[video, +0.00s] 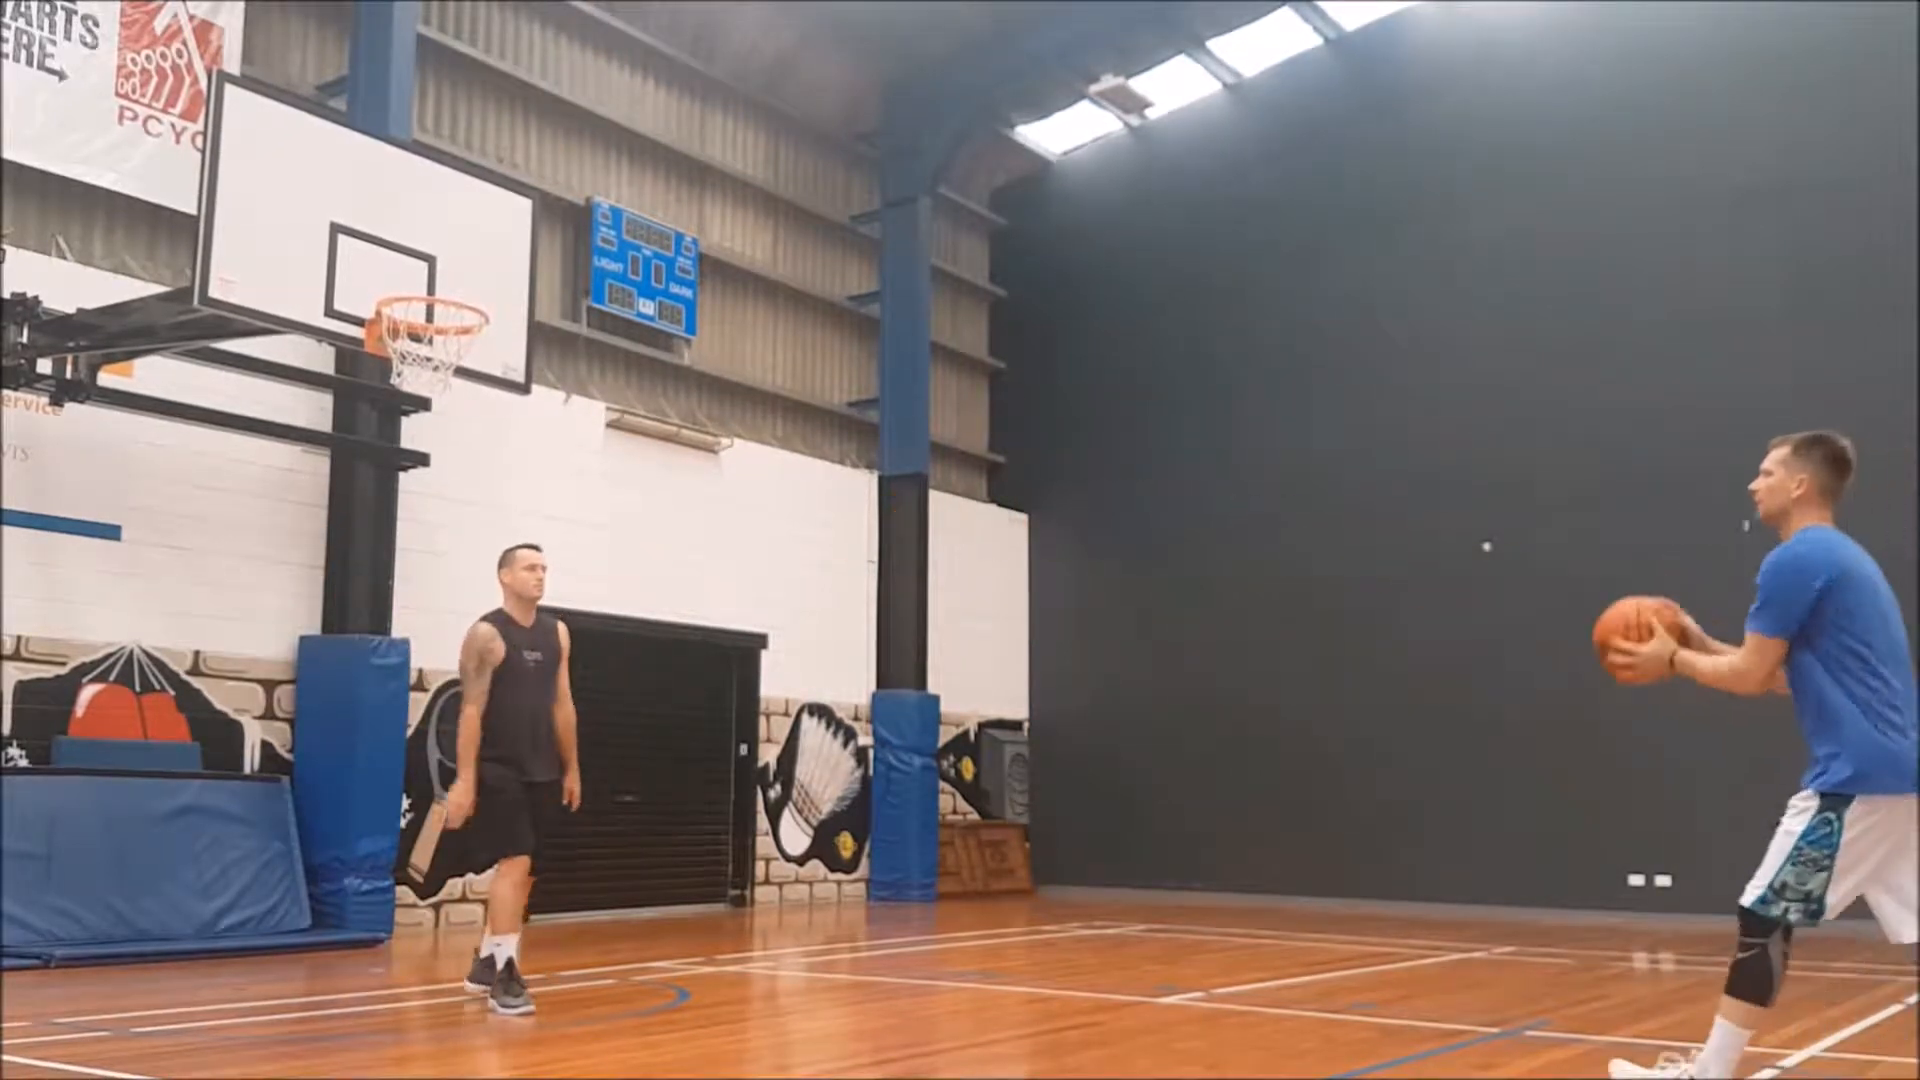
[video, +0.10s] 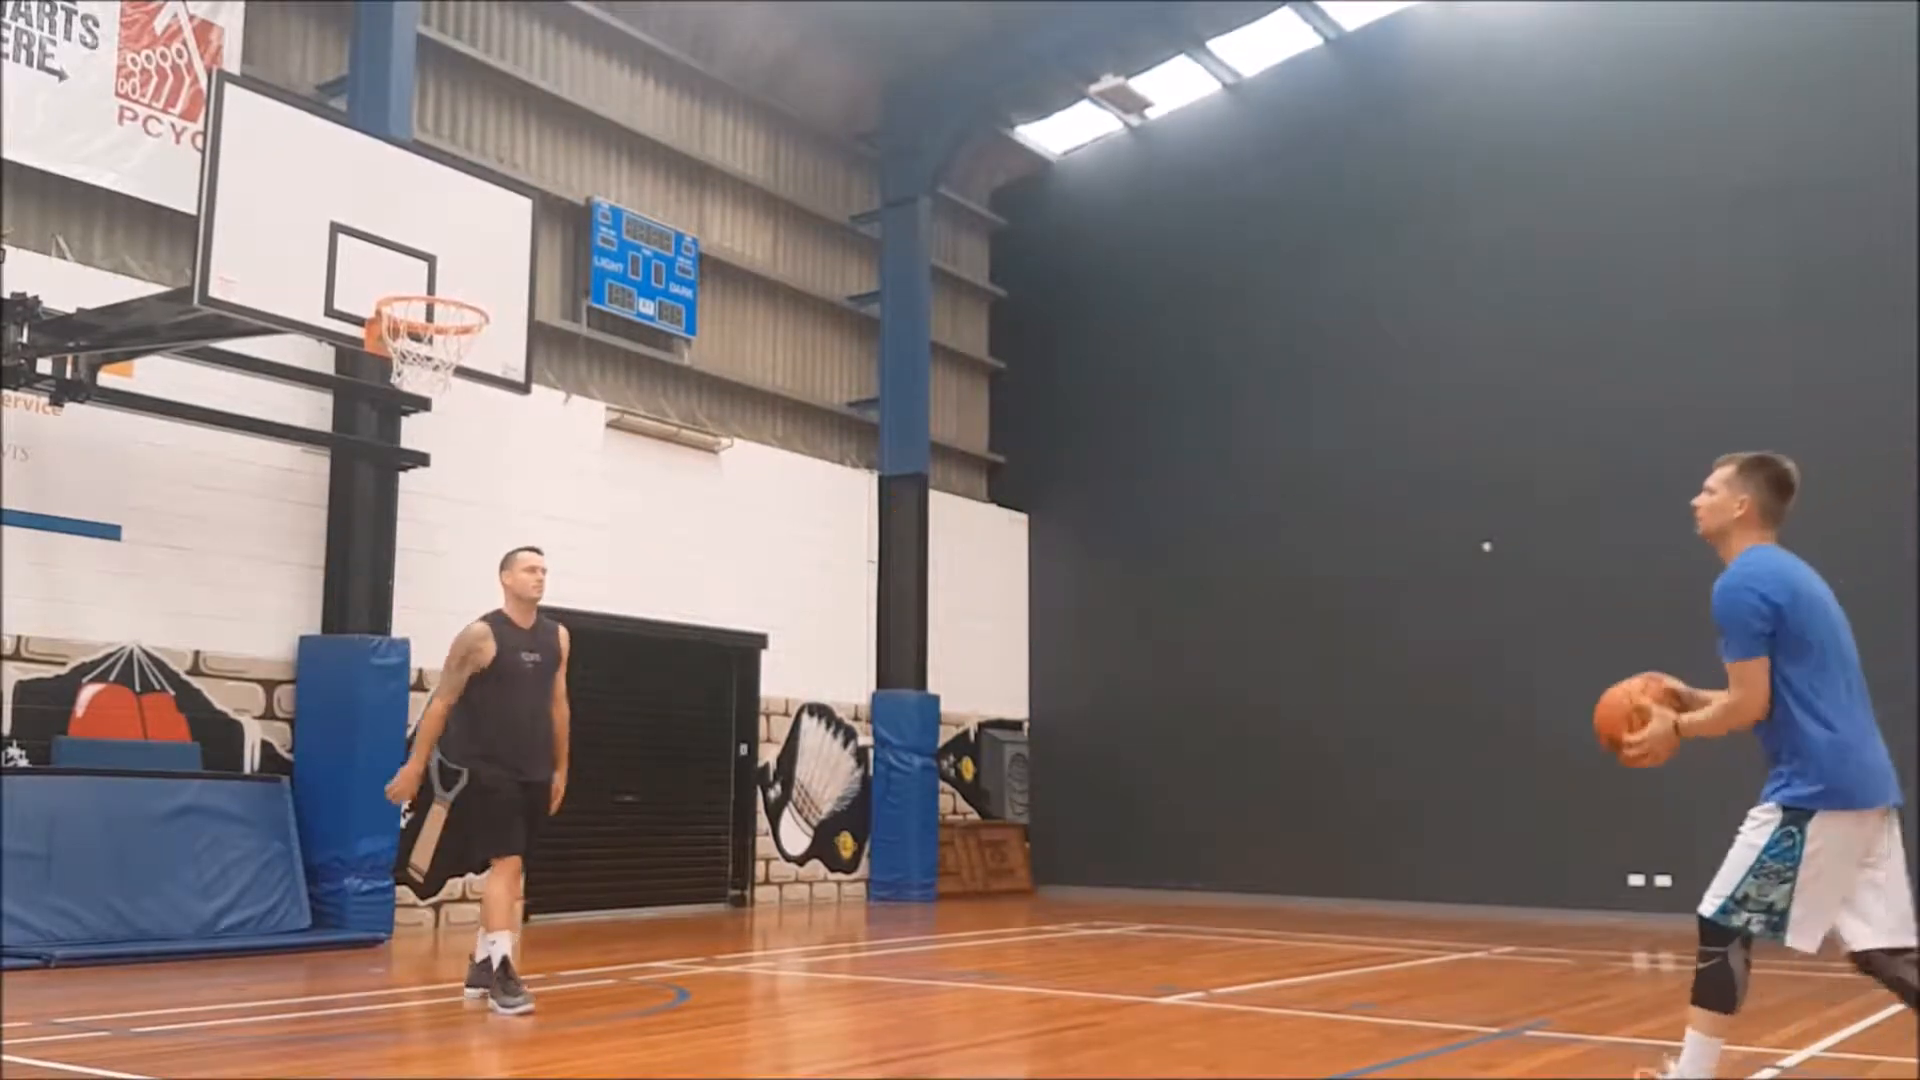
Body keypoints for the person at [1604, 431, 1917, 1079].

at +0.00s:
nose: (1753, 485)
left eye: (1765, 473)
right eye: (1758, 473)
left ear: (1801, 484)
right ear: (1812, 488)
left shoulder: (1798, 558)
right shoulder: (1845, 557)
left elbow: (1747, 673)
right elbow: (1782, 677)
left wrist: (1675, 660)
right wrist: (1697, 641)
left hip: (1857, 776)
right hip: (1901, 774)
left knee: (1764, 913)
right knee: (1914, 931)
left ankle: (1711, 1069)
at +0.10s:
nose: (1695, 502)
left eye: (1707, 491)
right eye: (1701, 490)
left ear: (1741, 504)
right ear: (1752, 508)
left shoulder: (1742, 582)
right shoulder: (1794, 574)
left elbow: (1748, 704)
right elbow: (1771, 697)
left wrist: (1678, 727)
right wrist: (1691, 699)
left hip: (1814, 787)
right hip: (1867, 784)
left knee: (1722, 922)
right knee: (1880, 949)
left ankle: (1690, 1071)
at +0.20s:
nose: (1644, 514)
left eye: (1657, 505)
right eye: (1651, 503)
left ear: (1688, 522)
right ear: (1698, 525)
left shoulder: (1697, 597)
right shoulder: (1733, 588)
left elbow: (1725, 713)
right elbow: (1731, 715)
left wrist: (1663, 769)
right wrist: (1663, 749)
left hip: (1777, 791)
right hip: (1816, 790)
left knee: (1673, 920)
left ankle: (1679, 1072)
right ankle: (1904, 1027)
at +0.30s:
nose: (1616, 524)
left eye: (1630, 516)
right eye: (1625, 514)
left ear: (1660, 537)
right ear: (1665, 539)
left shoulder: (1678, 610)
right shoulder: (1692, 603)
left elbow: (1689, 730)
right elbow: (1681, 725)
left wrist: (1606, 781)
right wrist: (1599, 768)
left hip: (1744, 802)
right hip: (1758, 799)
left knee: (1635, 923)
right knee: (1664, 932)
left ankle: (1676, 1071)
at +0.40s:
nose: (1607, 530)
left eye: (1622, 524)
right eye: (1616, 521)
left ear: (1653, 545)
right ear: (1651, 548)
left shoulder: (1678, 618)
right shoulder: (1640, 624)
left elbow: (1620, 727)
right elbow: (1593, 706)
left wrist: (1518, 721)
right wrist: (1508, 705)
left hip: (1718, 818)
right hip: (1675, 809)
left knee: (1612, 946)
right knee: (1575, 928)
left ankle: (1671, 1072)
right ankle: (1621, 1068)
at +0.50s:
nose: (1603, 530)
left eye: (1616, 522)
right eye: (1611, 520)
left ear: (1646, 543)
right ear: (1644, 545)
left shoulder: (1672, 619)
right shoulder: (1623, 614)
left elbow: (1555, 665)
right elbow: (1525, 649)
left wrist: (1490, 591)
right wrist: (1486, 587)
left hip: (1677, 830)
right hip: (1630, 818)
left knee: (1584, 960)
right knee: (1544, 940)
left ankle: (1668, 1072)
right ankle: (1611, 1070)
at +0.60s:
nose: (1604, 499)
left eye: (1619, 493)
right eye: (1613, 489)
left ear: (1648, 518)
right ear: (1646, 520)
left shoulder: (1655, 586)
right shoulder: (1623, 584)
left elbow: (1525, 555)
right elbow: (1519, 555)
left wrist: (1531, 475)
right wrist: (1532, 479)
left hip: (1639, 805)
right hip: (1593, 795)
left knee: (1575, 952)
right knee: (1532, 935)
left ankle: (1667, 1071)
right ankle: (1609, 1069)